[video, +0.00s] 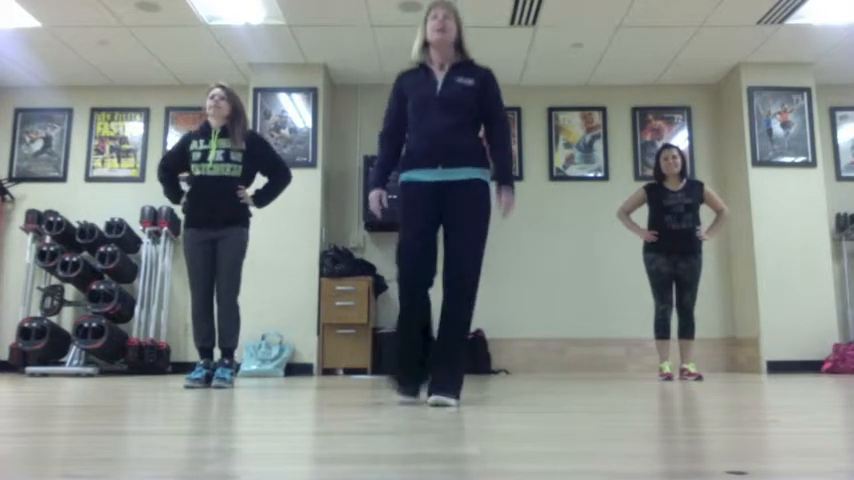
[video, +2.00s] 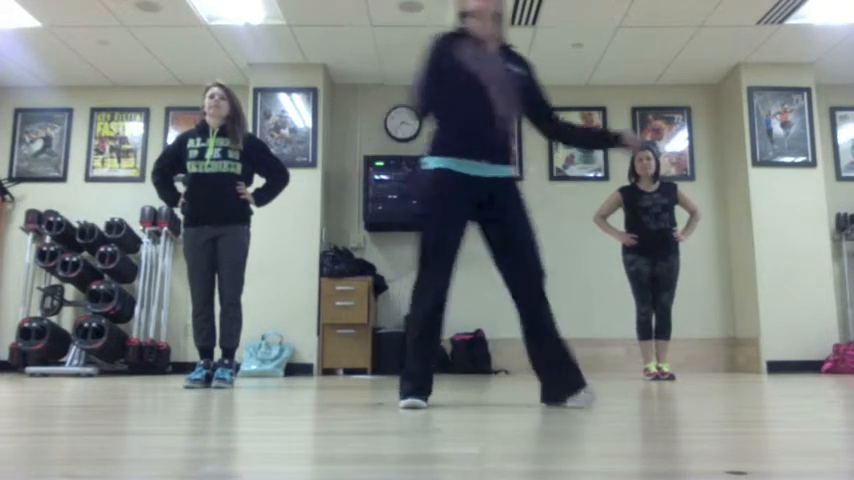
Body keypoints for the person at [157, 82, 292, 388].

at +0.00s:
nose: (214, 101)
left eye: (221, 98)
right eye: (211, 97)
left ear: (233, 107)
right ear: (204, 105)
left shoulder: (250, 141)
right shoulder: (193, 139)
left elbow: (283, 174)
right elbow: (165, 168)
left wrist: (257, 198)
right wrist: (178, 197)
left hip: (232, 227)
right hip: (197, 226)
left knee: (227, 294)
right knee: (200, 295)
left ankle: (226, 362)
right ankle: (205, 362)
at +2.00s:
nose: (214, 101)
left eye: (221, 98)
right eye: (210, 97)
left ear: (231, 107)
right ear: (203, 105)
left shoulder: (246, 143)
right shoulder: (188, 140)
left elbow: (281, 175)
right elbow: (159, 172)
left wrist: (257, 196)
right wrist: (175, 199)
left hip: (233, 227)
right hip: (196, 227)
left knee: (230, 296)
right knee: (201, 297)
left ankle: (227, 362)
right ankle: (205, 362)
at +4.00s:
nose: (240, 98)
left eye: (247, 94)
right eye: (236, 93)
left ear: (257, 104)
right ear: (227, 101)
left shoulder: (269, 141)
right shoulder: (211, 138)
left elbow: (284, 186)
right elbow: (196, 182)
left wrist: (299, 176)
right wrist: (176, 183)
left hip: (254, 230)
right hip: (215, 229)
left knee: (257, 298)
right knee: (202, 296)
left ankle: (262, 365)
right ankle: (189, 363)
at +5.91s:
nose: (252, 95)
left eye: (259, 92)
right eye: (248, 91)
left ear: (268, 103)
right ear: (239, 99)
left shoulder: (279, 142)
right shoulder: (221, 134)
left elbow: (290, 186)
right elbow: (201, 176)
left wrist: (316, 184)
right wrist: (186, 182)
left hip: (261, 228)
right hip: (222, 226)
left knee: (262, 295)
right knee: (206, 291)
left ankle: (267, 364)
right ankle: (190, 362)